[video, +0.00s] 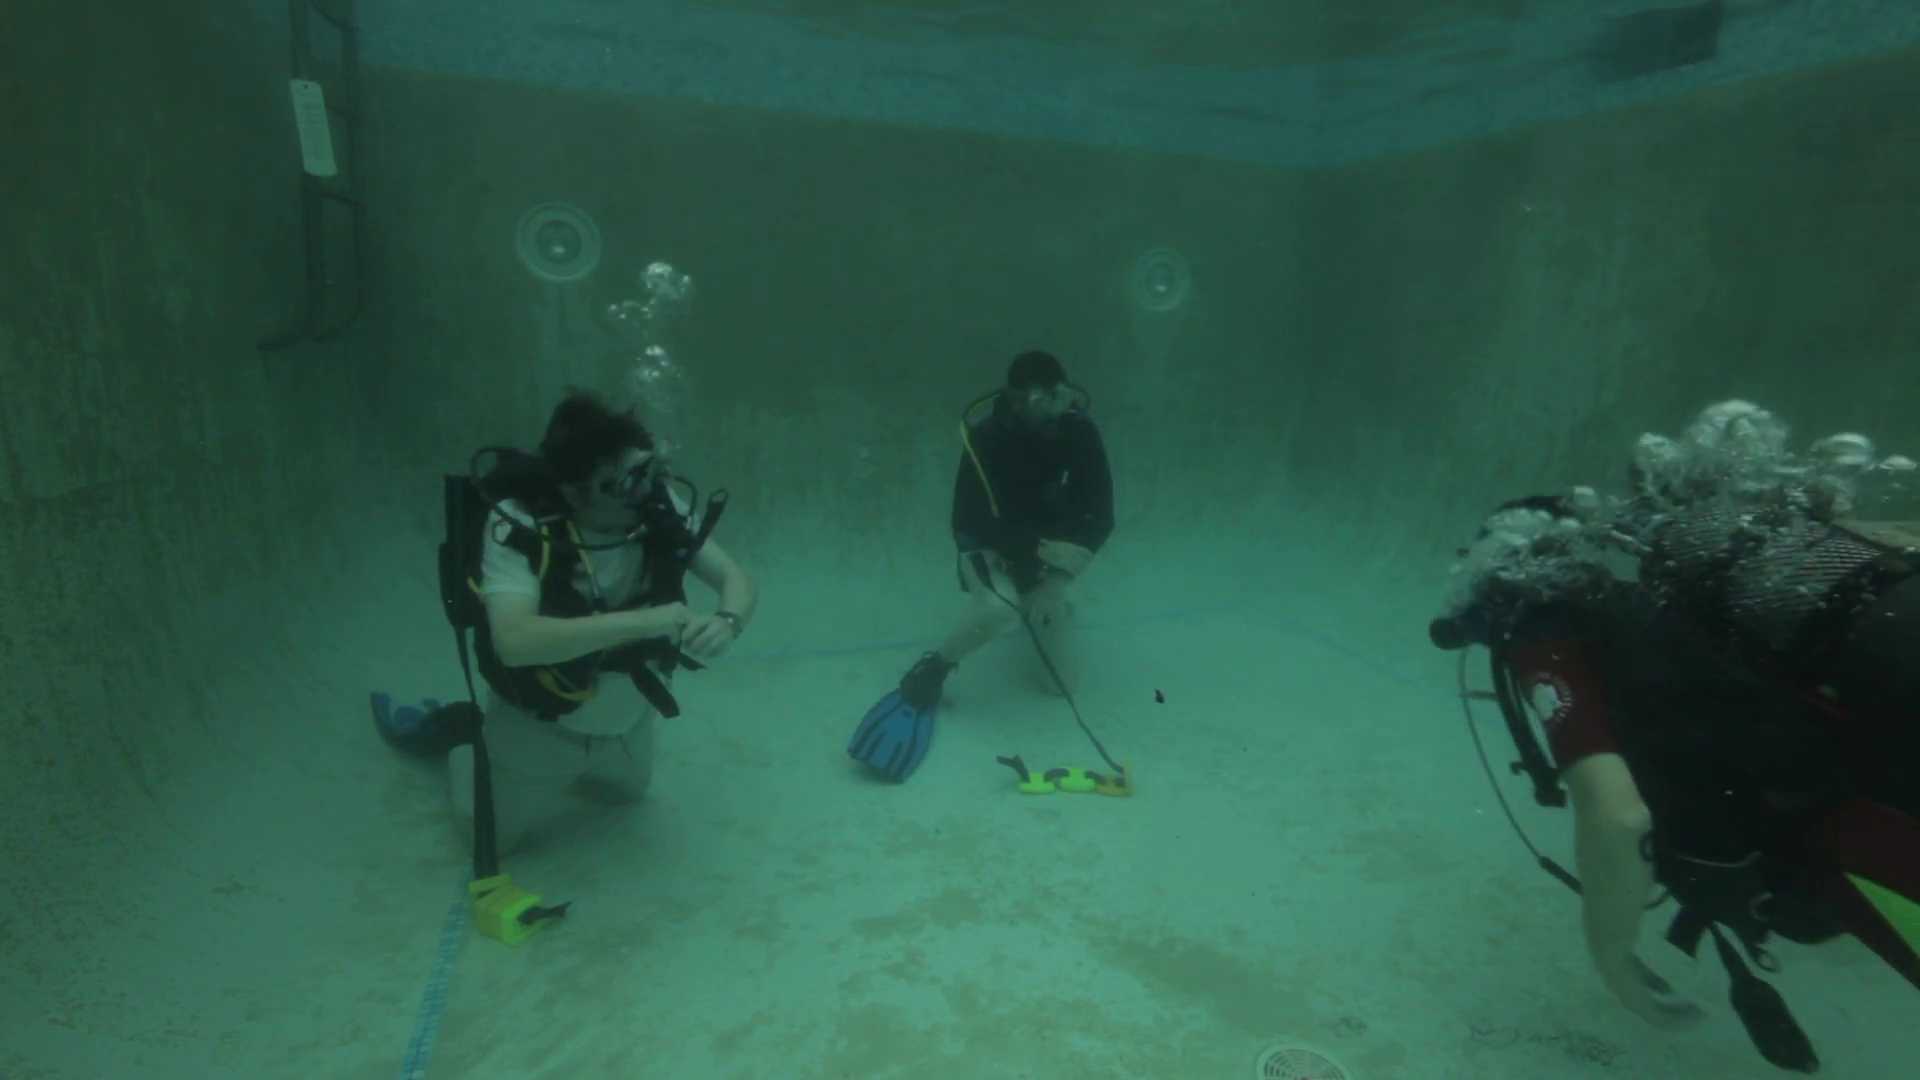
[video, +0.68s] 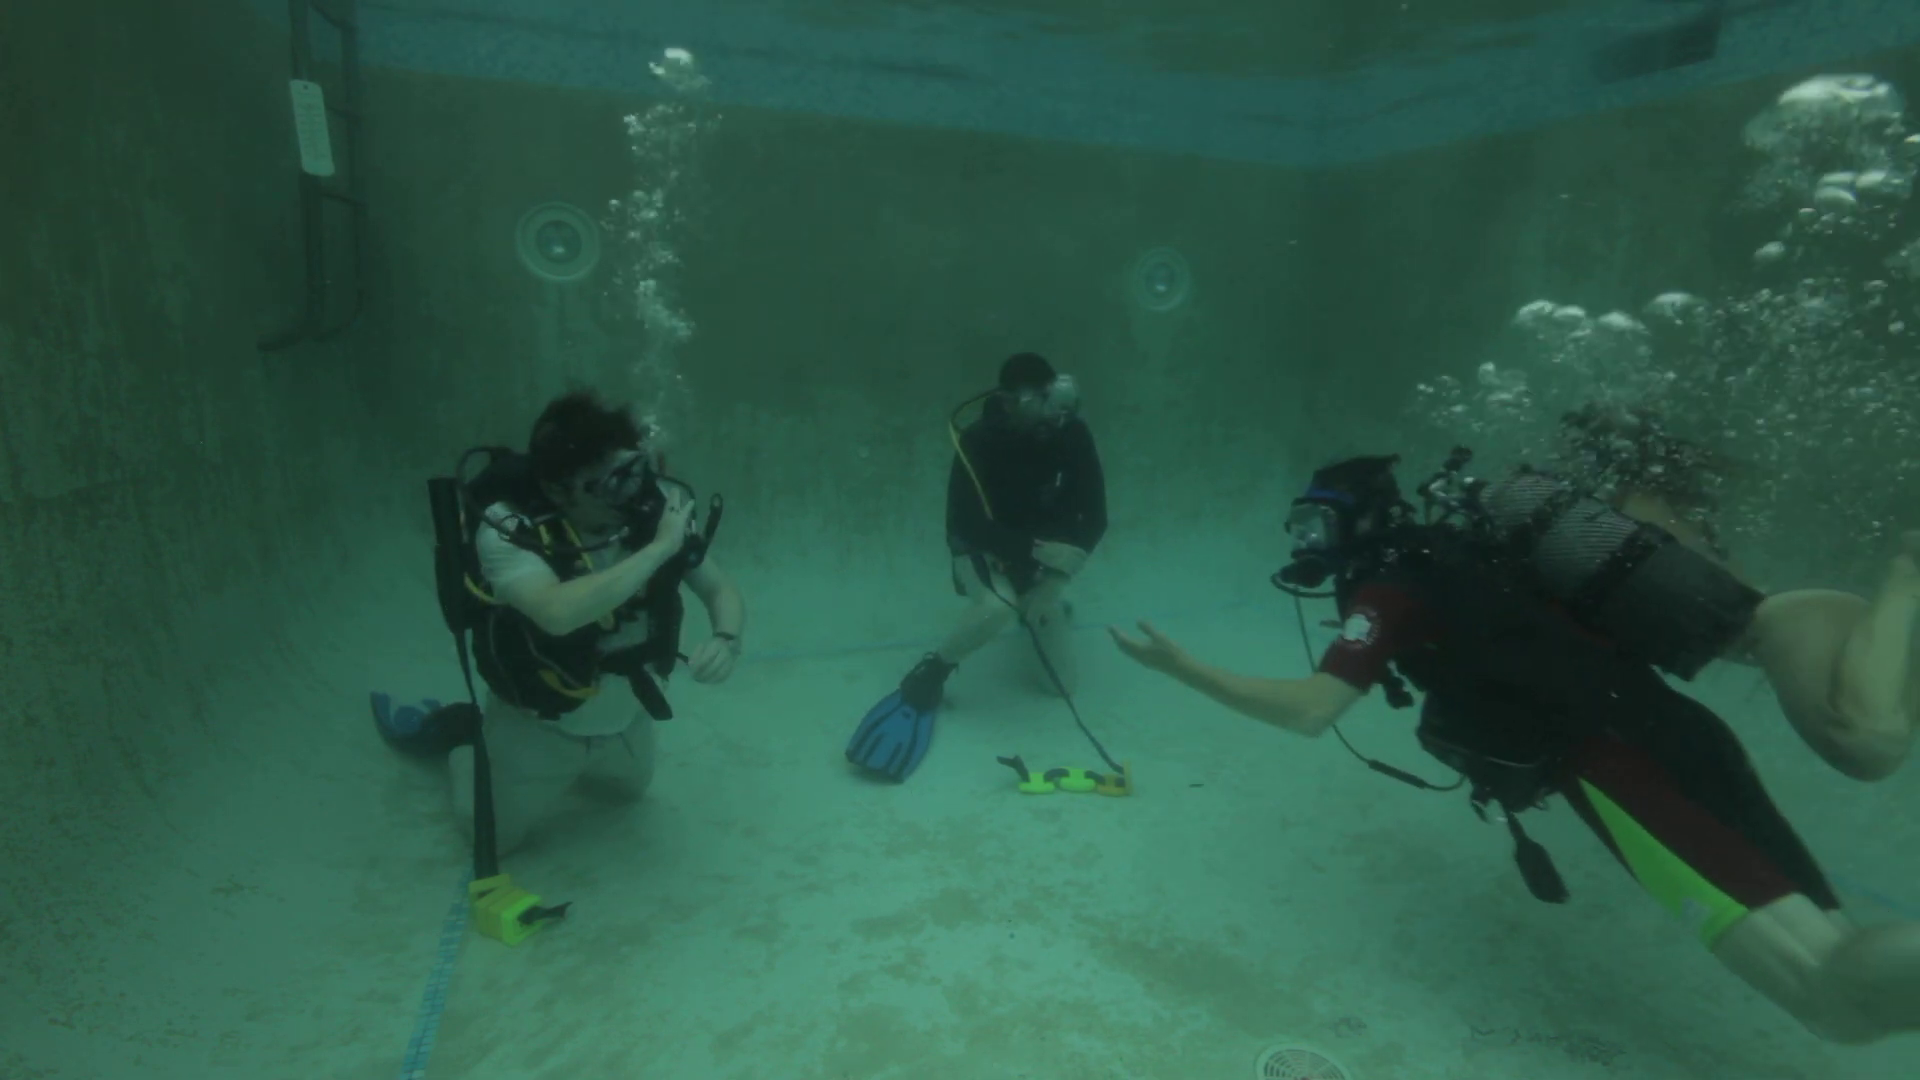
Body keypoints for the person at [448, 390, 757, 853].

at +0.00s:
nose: (646, 494)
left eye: (648, 475)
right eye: (627, 483)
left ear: (653, 465)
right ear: (575, 492)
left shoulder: (657, 508)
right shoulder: (517, 525)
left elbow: (736, 579)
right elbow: (514, 641)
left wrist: (729, 621)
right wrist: (648, 622)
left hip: (627, 713)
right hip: (538, 723)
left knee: (627, 787)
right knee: (500, 835)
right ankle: (463, 730)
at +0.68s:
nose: (631, 493)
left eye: (633, 475)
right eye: (612, 483)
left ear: (640, 464)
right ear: (558, 490)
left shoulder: (648, 510)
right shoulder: (504, 530)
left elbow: (719, 587)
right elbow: (556, 613)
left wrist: (726, 638)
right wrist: (661, 549)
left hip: (625, 711)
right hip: (537, 721)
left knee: (627, 787)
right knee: (503, 830)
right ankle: (462, 731)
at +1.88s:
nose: (675, 475)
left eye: (673, 461)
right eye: (662, 464)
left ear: (623, 470)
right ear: (616, 471)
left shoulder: (638, 510)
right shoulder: (533, 515)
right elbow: (608, 578)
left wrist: (716, 593)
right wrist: (734, 584)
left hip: (606, 701)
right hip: (520, 722)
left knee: (632, 762)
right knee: (495, 833)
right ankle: (455, 725)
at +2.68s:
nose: (706, 473)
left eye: (704, 459)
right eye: (695, 462)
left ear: (657, 467)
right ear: (651, 466)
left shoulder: (656, 520)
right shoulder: (590, 511)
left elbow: (679, 599)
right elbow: (685, 567)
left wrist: (749, 629)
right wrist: (798, 568)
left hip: (572, 695)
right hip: (505, 697)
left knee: (549, 753)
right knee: (469, 827)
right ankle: (417, 732)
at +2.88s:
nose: (711, 476)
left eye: (711, 462)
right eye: (700, 464)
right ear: (655, 463)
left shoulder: (664, 508)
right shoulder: (601, 499)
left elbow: (672, 597)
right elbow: (647, 556)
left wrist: (740, 624)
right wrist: (778, 580)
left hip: (573, 692)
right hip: (506, 689)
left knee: (528, 756)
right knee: (456, 829)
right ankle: (408, 736)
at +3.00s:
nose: (719, 475)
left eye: (719, 460)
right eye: (706, 463)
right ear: (661, 462)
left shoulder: (679, 515)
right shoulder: (617, 494)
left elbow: (695, 593)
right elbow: (604, 548)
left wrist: (756, 617)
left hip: (568, 689)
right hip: (505, 681)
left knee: (502, 758)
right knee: (451, 826)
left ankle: (427, 715)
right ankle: (396, 735)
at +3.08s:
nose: (721, 471)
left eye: (722, 456)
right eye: (707, 458)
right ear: (666, 460)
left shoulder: (681, 517)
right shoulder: (624, 500)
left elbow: (693, 589)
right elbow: (580, 549)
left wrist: (763, 609)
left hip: (572, 687)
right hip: (513, 678)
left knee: (502, 764)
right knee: (454, 826)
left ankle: (423, 716)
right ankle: (386, 738)